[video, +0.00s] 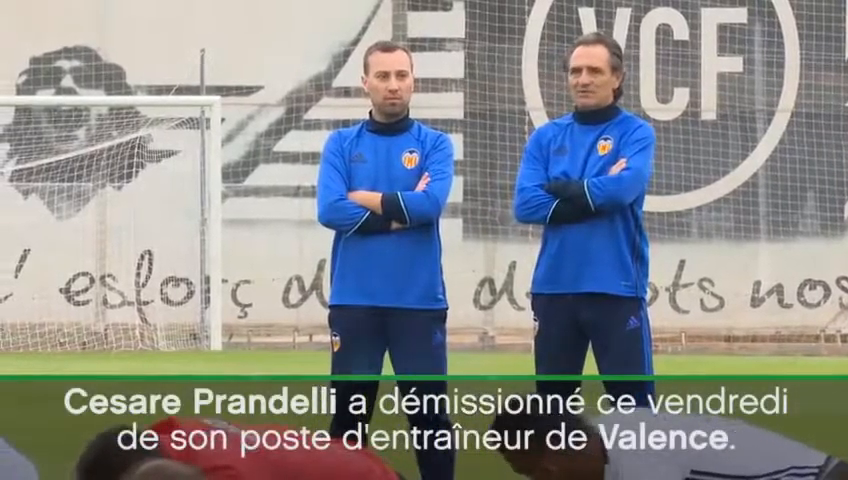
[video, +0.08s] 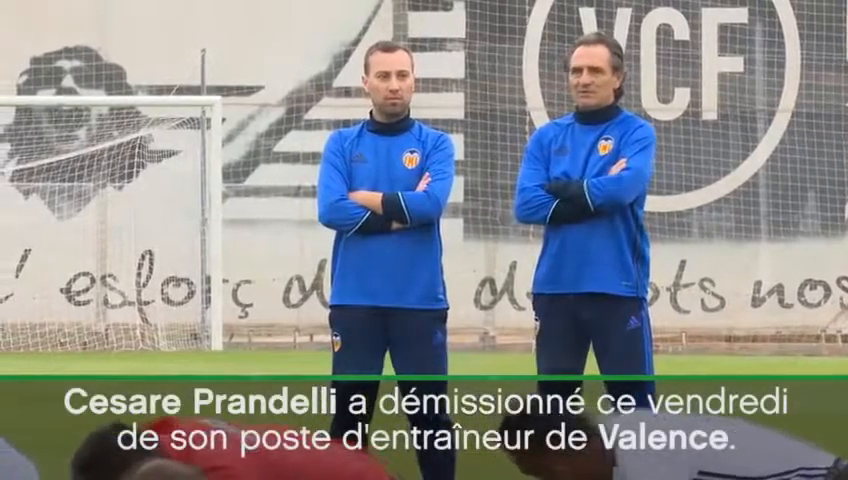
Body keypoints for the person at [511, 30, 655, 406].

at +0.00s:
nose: (583, 80)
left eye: (595, 71)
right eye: (576, 71)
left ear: (617, 78)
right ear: (568, 78)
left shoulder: (634, 130)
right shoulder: (543, 136)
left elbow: (626, 189)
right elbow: (524, 205)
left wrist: (558, 188)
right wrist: (602, 191)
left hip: (617, 291)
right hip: (554, 291)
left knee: (633, 409)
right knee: (551, 409)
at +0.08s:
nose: (584, 79)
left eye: (595, 71)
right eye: (576, 71)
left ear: (618, 78)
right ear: (568, 78)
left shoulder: (635, 130)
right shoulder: (545, 136)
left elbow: (626, 189)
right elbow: (525, 205)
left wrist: (559, 190)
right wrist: (602, 191)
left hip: (617, 291)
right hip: (555, 291)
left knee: (634, 407)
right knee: (553, 409)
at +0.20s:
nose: (585, 79)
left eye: (596, 71)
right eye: (578, 71)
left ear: (619, 78)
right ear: (570, 78)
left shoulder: (635, 130)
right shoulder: (546, 136)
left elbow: (628, 186)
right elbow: (526, 206)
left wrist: (565, 191)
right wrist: (601, 191)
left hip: (618, 291)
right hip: (557, 291)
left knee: (635, 407)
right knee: (555, 409)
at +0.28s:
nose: (585, 79)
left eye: (597, 71)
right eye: (578, 71)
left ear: (619, 78)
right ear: (570, 78)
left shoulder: (637, 131)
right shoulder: (547, 137)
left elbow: (626, 187)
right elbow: (527, 206)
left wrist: (561, 190)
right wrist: (598, 195)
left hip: (619, 291)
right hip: (558, 292)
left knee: (635, 409)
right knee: (558, 411)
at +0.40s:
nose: (586, 79)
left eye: (597, 71)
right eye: (578, 70)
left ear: (620, 78)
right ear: (570, 77)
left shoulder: (637, 132)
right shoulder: (547, 138)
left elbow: (623, 193)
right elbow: (528, 208)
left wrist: (560, 191)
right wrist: (600, 194)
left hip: (621, 292)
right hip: (560, 292)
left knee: (636, 410)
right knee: (560, 412)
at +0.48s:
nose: (586, 78)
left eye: (598, 70)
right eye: (578, 70)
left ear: (621, 78)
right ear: (571, 77)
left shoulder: (637, 133)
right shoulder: (548, 139)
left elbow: (622, 196)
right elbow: (528, 210)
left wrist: (559, 192)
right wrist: (600, 194)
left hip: (622, 293)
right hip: (561, 293)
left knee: (638, 410)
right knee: (561, 412)